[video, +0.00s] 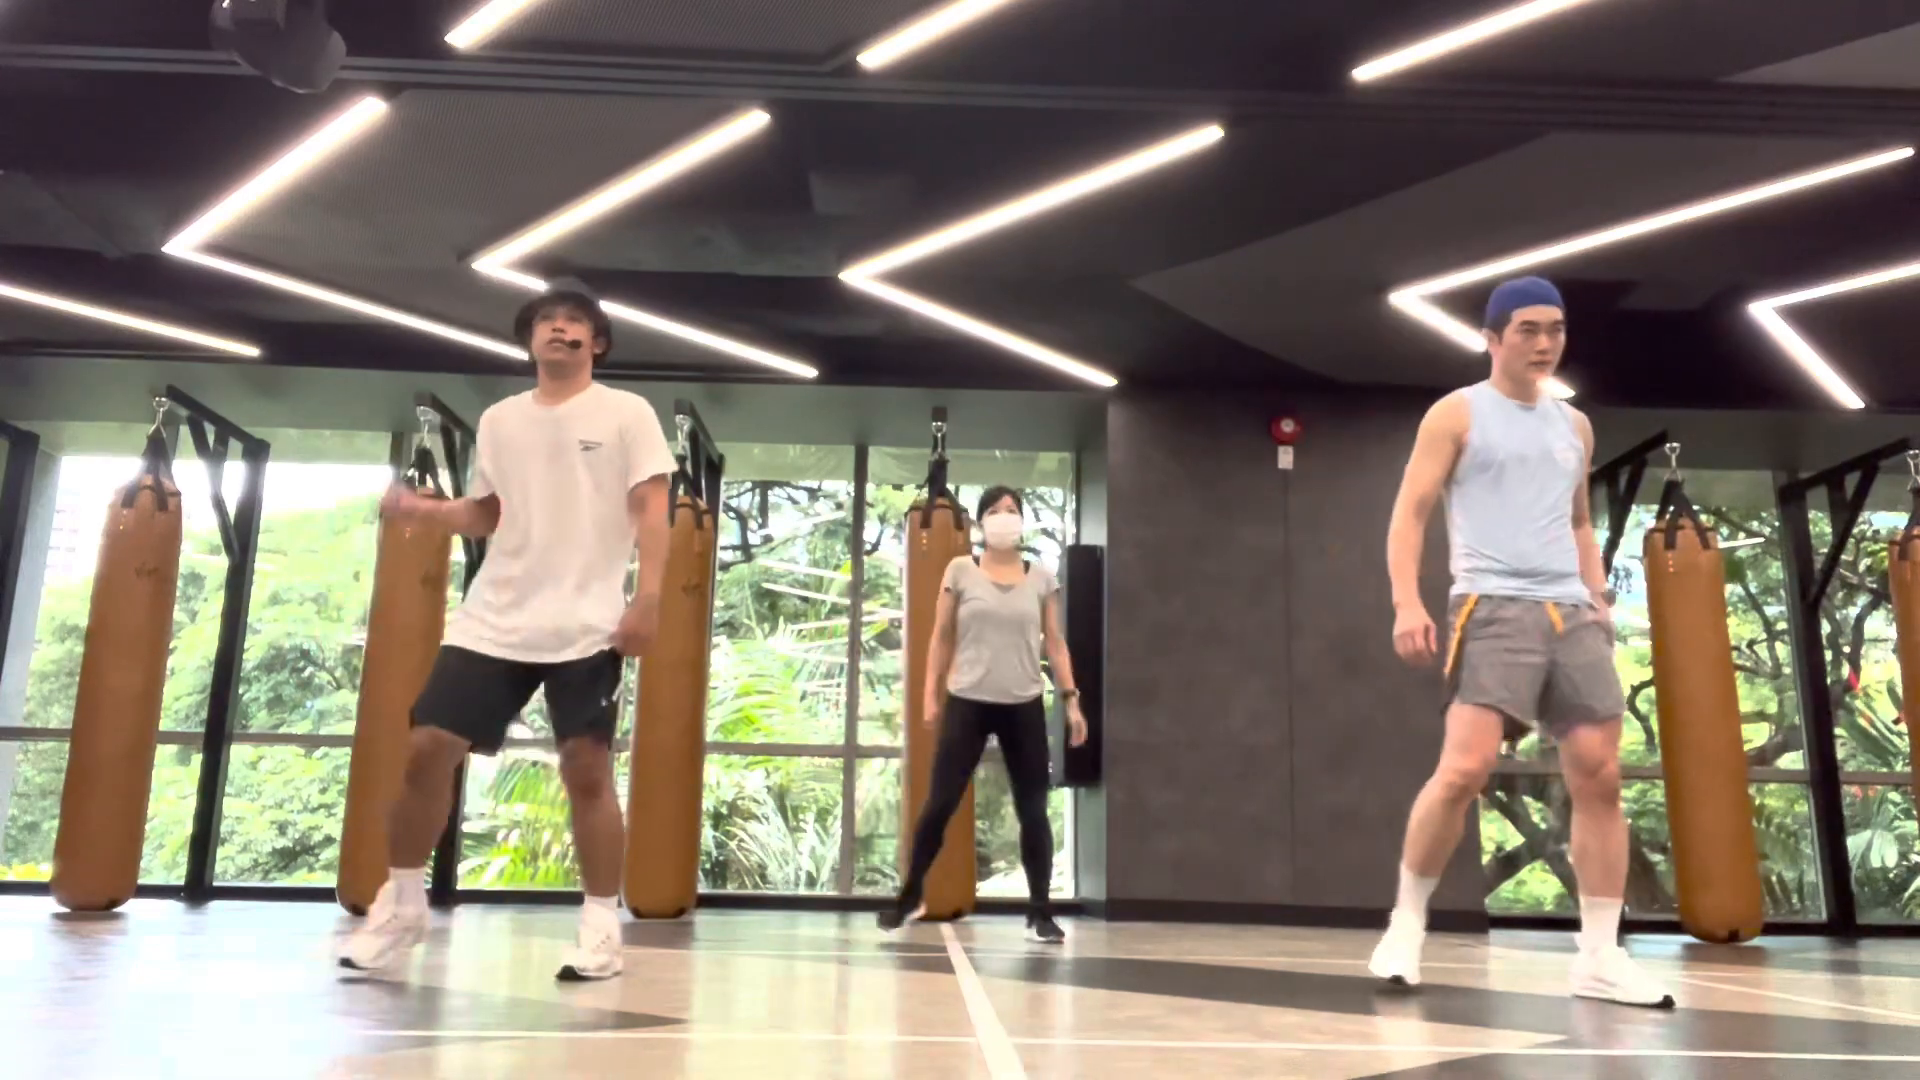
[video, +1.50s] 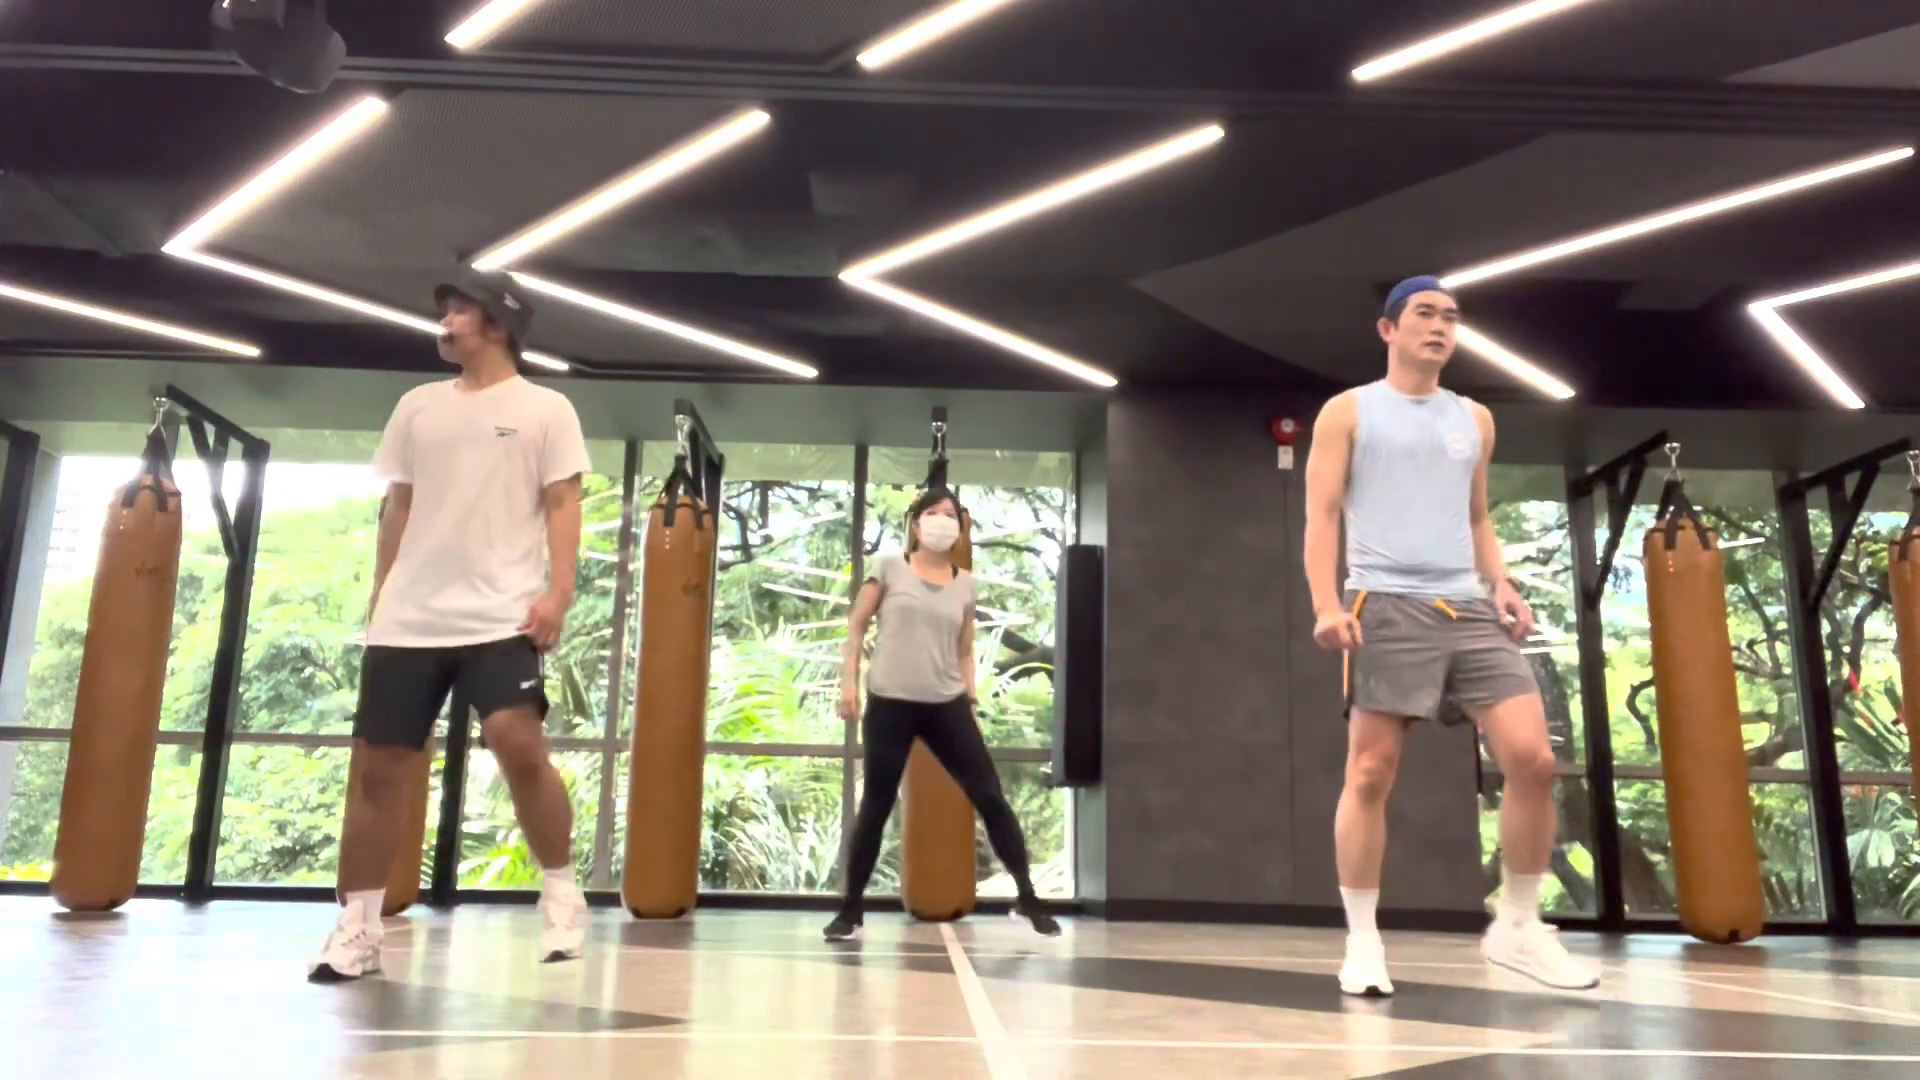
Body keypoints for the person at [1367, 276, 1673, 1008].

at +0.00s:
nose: (1545, 342)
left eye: (1554, 330)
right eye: (1529, 329)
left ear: (1564, 340)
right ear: (1495, 338)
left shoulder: (1574, 425)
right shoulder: (1456, 414)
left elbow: (1580, 522)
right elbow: (1411, 512)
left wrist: (1598, 600)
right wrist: (1406, 602)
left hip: (1575, 614)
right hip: (1494, 610)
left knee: (1600, 775)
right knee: (1465, 769)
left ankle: (1600, 958)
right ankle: (1407, 921)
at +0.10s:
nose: (1560, 342)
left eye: (1569, 330)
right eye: (1544, 330)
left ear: (1578, 338)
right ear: (1508, 338)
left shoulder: (1591, 427)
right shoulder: (1468, 412)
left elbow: (1605, 517)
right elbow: (1426, 511)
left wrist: (1640, 580)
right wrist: (1431, 602)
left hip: (1589, 611)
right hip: (1511, 605)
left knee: (1604, 776)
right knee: (1515, 767)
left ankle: (1600, 956)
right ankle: (1459, 918)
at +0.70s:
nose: (1497, 319)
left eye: (1508, 312)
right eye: (1480, 311)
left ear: (1526, 336)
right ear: (1452, 337)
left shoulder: (1566, 412)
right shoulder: (1419, 423)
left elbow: (1614, 505)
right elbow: (1404, 526)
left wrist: (1589, 526)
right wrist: (1391, 623)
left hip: (1548, 621)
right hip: (1453, 620)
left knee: (1578, 781)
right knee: (1407, 773)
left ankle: (1599, 959)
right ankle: (1364, 938)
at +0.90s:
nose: (1444, 316)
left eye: (1454, 309)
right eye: (1427, 309)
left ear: (1468, 336)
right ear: (1397, 336)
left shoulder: (1504, 413)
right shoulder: (1361, 423)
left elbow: (1525, 510)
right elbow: (1343, 528)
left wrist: (1516, 572)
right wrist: (1333, 624)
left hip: (1485, 619)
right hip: (1393, 619)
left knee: (1545, 774)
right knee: (1374, 777)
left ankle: (1587, 944)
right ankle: (1363, 945)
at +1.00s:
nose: (1427, 315)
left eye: (1438, 309)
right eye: (1411, 306)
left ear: (1451, 337)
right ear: (1379, 333)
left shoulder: (1486, 415)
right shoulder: (1343, 421)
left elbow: (1492, 513)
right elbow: (1320, 525)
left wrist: (1484, 573)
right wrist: (1305, 620)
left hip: (1464, 612)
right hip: (1377, 613)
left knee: (1521, 772)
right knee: (1366, 774)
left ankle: (1541, 932)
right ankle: (1363, 943)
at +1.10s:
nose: (1418, 317)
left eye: (1429, 310)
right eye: (1402, 309)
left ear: (1442, 336)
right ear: (1370, 334)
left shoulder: (1473, 415)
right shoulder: (1335, 421)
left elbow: (1482, 511)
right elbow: (1306, 525)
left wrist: (1478, 569)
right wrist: (1284, 620)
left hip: (1454, 613)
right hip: (1368, 613)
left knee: (1479, 771)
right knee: (1362, 774)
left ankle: (1467, 921)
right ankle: (1363, 944)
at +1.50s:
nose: (1441, 326)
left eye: (1450, 318)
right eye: (1426, 313)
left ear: (1456, 336)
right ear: (1388, 328)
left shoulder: (1475, 421)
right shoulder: (1347, 412)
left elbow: (1480, 520)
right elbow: (1322, 514)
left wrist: (1501, 585)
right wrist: (1327, 605)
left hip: (1474, 611)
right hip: (1389, 611)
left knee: (1535, 762)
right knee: (1370, 774)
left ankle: (1517, 928)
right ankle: (1363, 946)